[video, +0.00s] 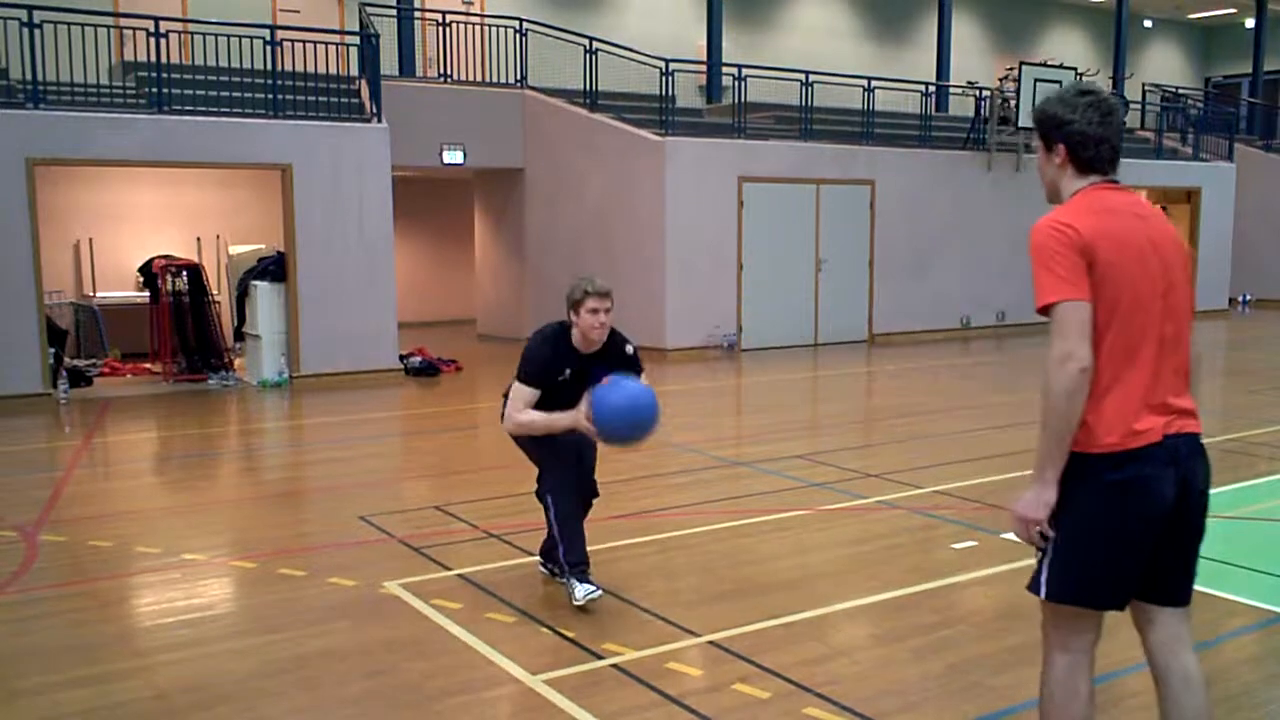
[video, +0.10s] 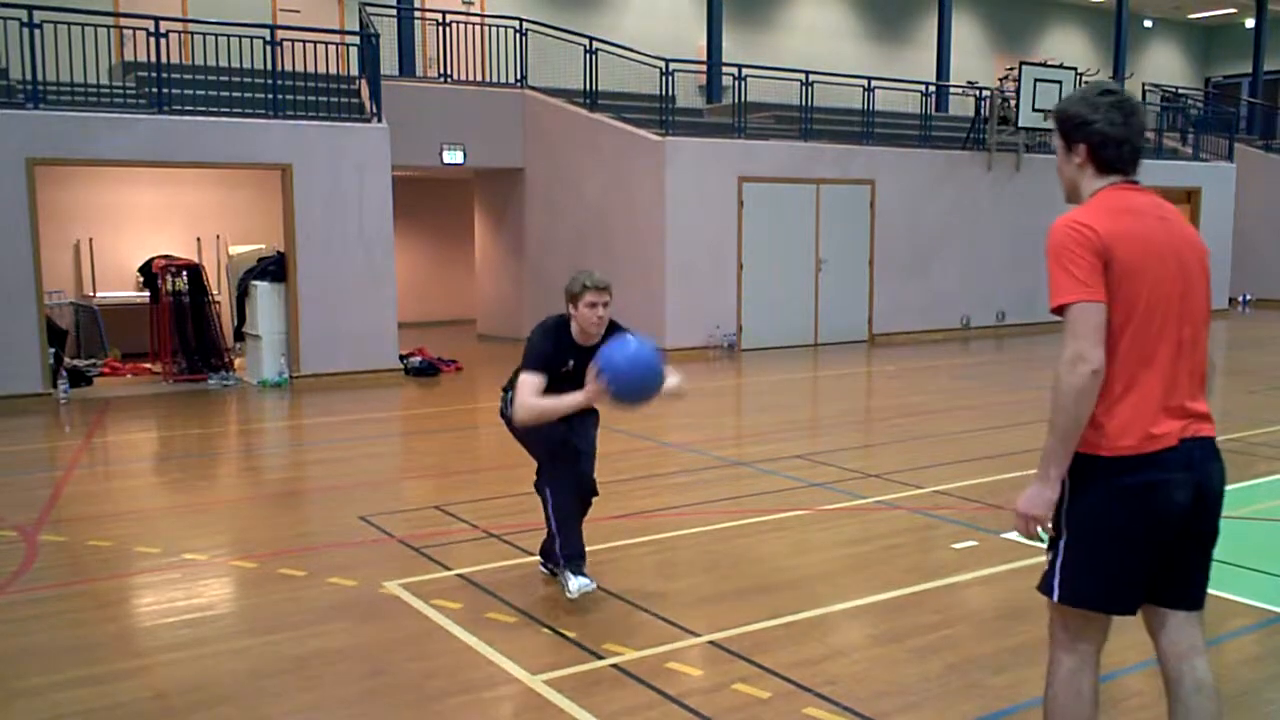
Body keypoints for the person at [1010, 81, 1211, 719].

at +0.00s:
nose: (1036, 162)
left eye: (1037, 148)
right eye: (1037, 149)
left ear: (1056, 152)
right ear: (1110, 149)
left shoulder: (1062, 228)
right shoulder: (1162, 224)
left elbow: (1073, 361)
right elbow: (1174, 348)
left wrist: (1043, 480)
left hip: (1106, 473)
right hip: (1181, 466)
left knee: (1069, 642)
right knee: (1167, 628)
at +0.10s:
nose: (1055, 161)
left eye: (1057, 147)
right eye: (1056, 147)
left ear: (1079, 151)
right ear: (1132, 151)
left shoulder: (1081, 228)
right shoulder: (1184, 228)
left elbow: (1084, 362)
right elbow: (1196, 357)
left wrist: (1047, 478)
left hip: (1114, 475)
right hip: (1194, 468)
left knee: (1075, 640)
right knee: (1179, 631)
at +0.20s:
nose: (1077, 162)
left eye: (1078, 148)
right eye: (1076, 149)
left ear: (1099, 151)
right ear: (1152, 151)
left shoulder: (1100, 228)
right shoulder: (1204, 232)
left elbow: (1093, 362)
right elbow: (1203, 351)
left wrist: (1038, 467)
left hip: (1125, 476)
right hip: (1205, 469)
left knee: (1080, 640)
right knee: (1189, 637)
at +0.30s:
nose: (1097, 156)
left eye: (1100, 142)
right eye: (1098, 142)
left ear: (1124, 146)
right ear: (1171, 147)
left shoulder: (1118, 226)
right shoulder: (1219, 230)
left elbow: (1101, 362)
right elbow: (1218, 353)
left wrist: (1024, 439)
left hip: (1132, 475)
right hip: (1215, 470)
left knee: (1082, 639)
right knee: (1193, 630)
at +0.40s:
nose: (1112, 158)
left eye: (1115, 143)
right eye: (1112, 143)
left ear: (1139, 146)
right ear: (1188, 147)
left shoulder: (1136, 227)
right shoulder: (1234, 232)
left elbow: (1098, 365)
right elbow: (1208, 360)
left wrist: (1011, 402)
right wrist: (1117, 395)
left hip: (1142, 474)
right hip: (1225, 471)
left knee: (1085, 637)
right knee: (1198, 632)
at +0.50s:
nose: (1120, 159)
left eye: (1124, 143)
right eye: (1122, 144)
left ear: (1149, 147)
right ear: (1196, 148)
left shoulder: (1146, 230)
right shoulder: (1239, 232)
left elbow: (1106, 365)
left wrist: (1009, 356)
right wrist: (1039, 363)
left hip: (1154, 475)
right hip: (1234, 472)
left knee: (1088, 637)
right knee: (1206, 636)